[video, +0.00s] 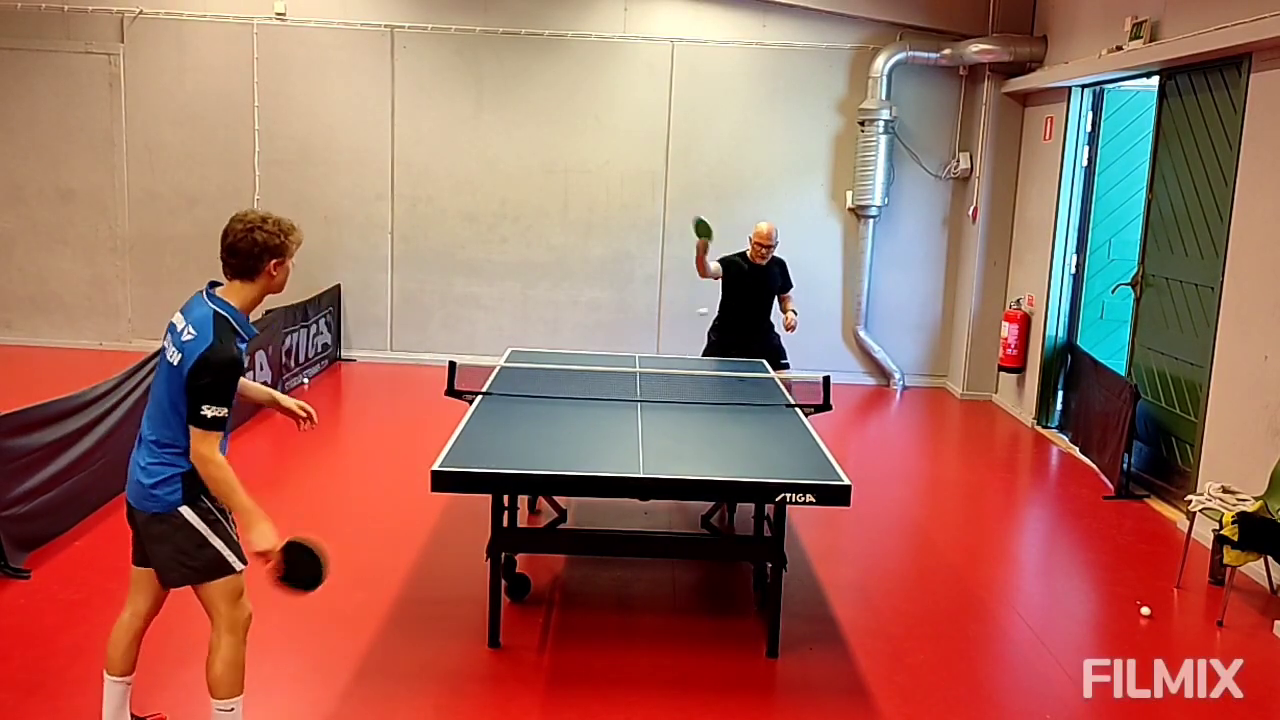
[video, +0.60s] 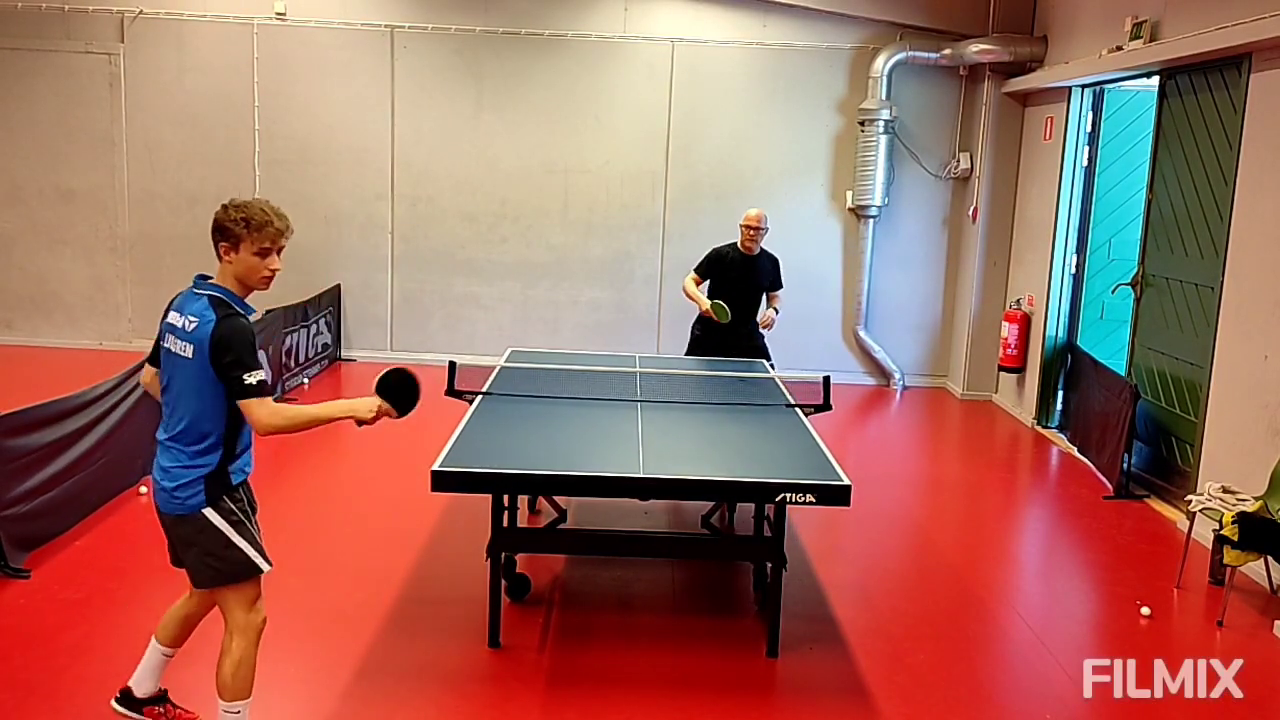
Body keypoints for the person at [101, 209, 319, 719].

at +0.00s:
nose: (289, 270)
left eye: (288, 262)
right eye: (287, 262)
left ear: (234, 262)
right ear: (271, 270)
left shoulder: (205, 304)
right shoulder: (222, 349)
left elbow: (213, 378)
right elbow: (206, 455)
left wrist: (274, 398)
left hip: (146, 482)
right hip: (177, 494)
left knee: (139, 606)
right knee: (233, 617)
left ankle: (115, 715)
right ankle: (227, 717)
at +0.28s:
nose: (323, 292)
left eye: (325, 282)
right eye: (316, 281)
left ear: (279, 278)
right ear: (279, 278)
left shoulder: (240, 309)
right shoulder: (235, 346)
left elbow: (214, 391)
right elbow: (208, 447)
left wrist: (251, 432)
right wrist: (248, 510)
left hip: (170, 481)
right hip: (190, 493)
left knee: (157, 598)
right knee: (231, 623)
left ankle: (110, 710)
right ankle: (226, 718)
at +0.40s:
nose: (306, 282)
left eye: (308, 271)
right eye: (297, 270)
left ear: (259, 266)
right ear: (260, 264)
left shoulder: (215, 304)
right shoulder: (247, 334)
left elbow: (199, 386)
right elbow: (275, 428)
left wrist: (251, 426)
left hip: (170, 480)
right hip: (202, 494)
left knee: (189, 591)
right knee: (236, 621)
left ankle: (123, 702)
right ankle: (228, 719)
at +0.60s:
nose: (276, 265)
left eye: (278, 253)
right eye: (265, 253)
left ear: (230, 255)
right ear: (228, 252)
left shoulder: (185, 304)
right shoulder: (230, 325)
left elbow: (151, 378)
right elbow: (263, 417)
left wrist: (207, 415)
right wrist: (350, 408)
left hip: (177, 479)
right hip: (208, 492)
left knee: (204, 591)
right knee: (245, 616)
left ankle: (141, 690)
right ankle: (233, 719)